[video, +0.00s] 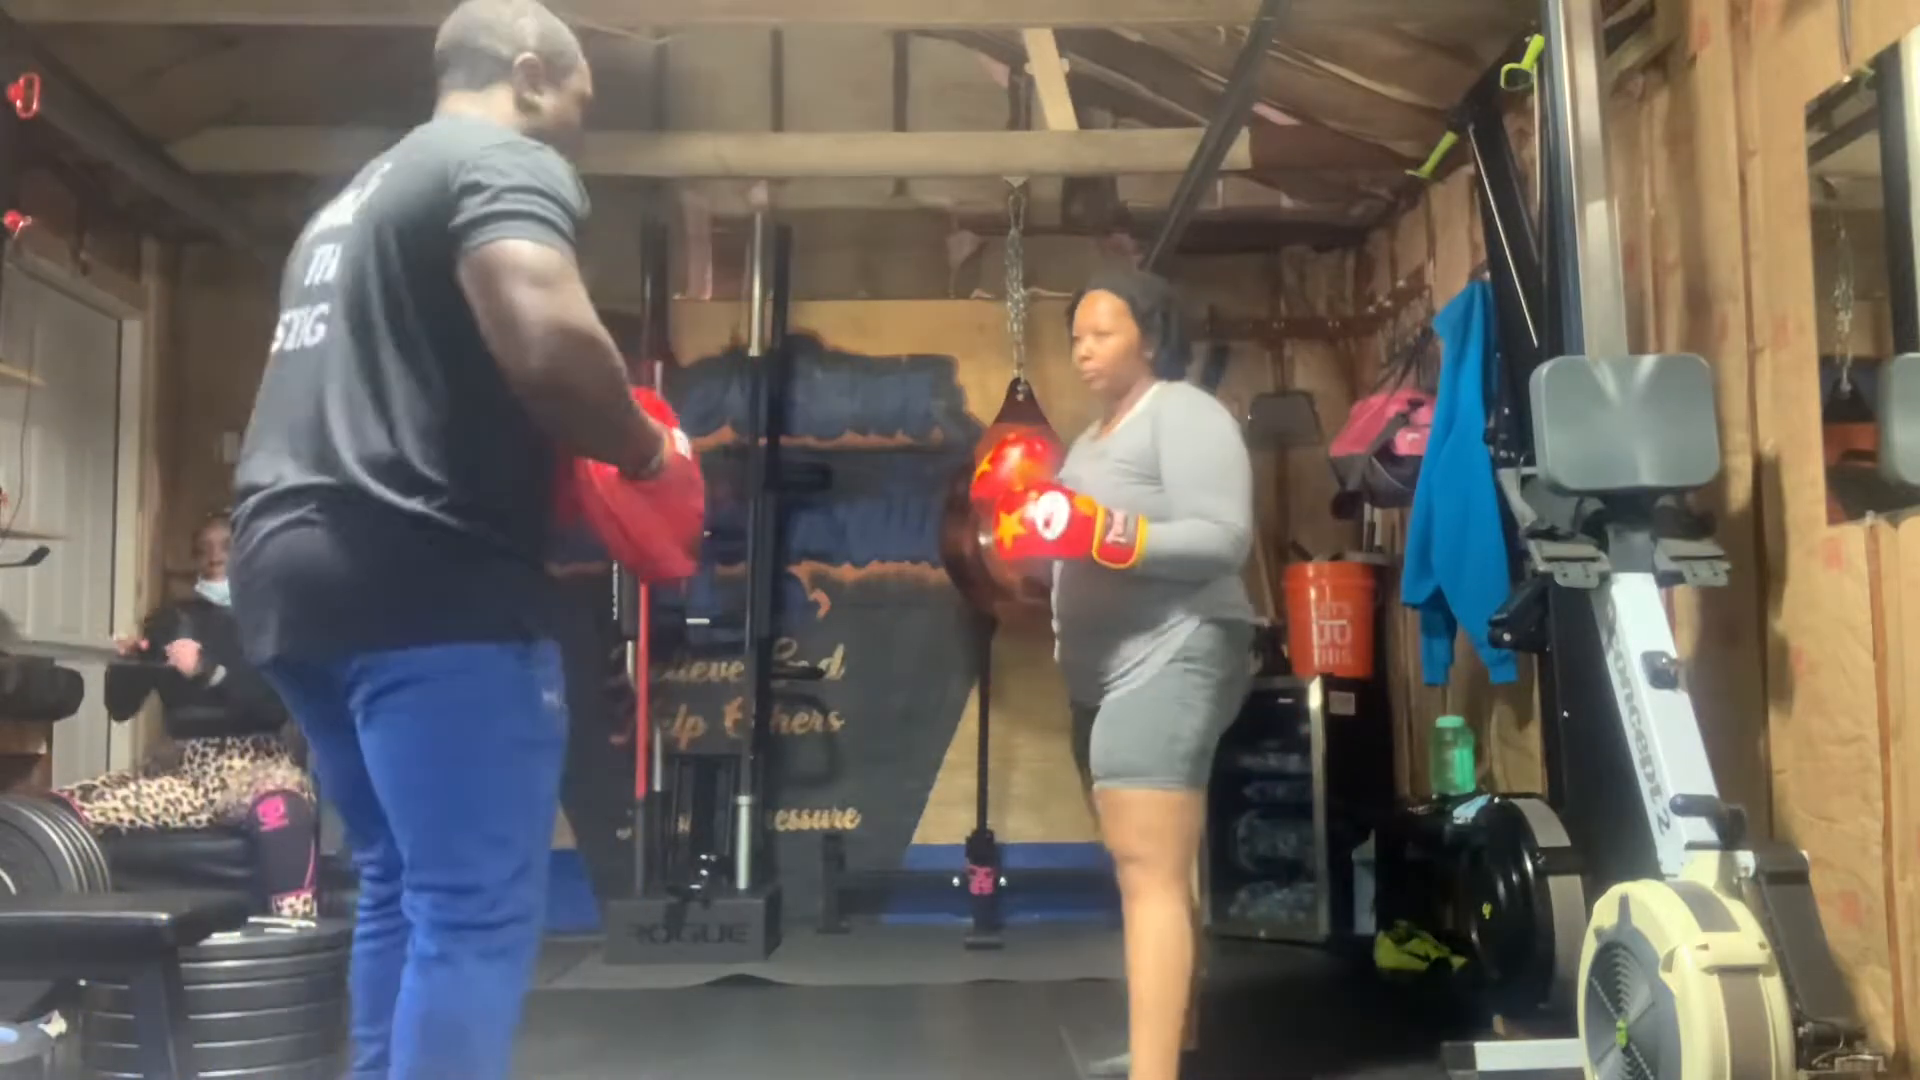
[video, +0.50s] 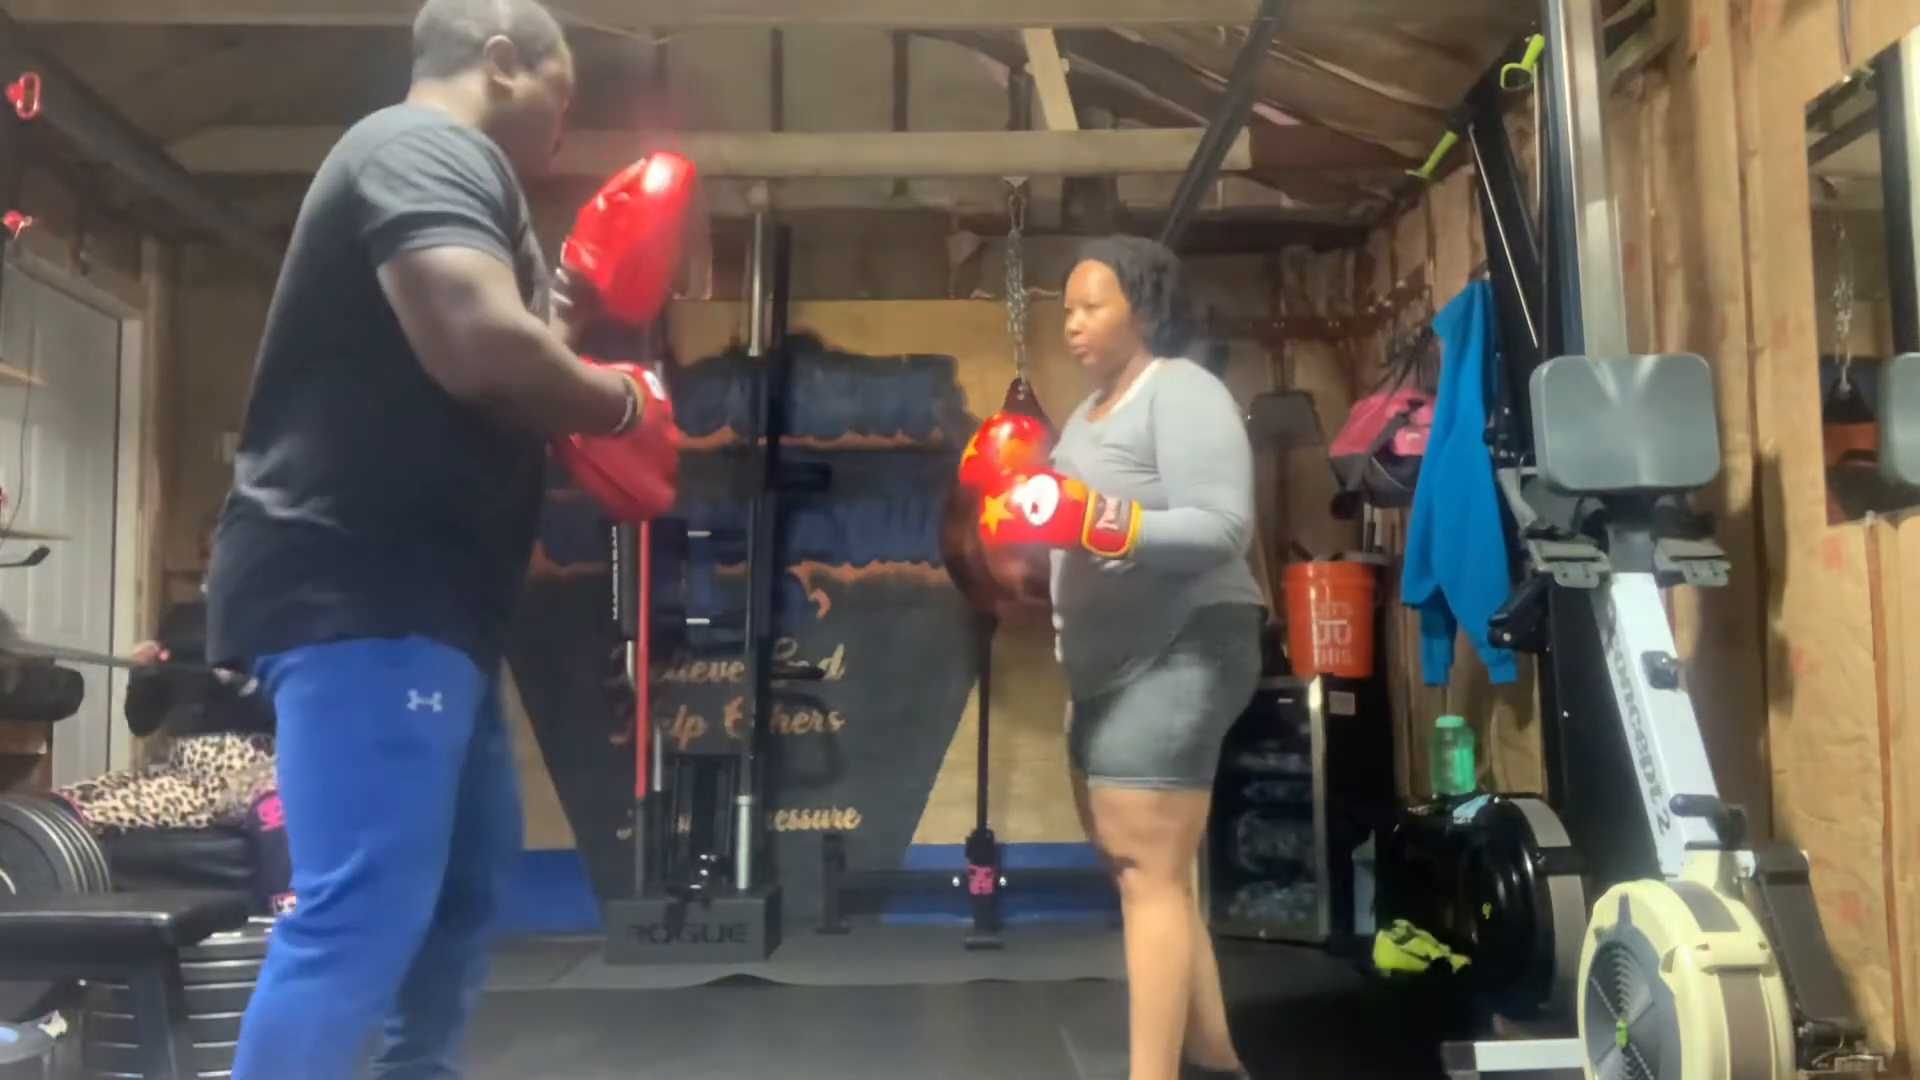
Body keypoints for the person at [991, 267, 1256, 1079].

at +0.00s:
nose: (1083, 351)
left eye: (1100, 334)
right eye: (1078, 337)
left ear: (1147, 337)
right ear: (1079, 347)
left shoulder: (1189, 411)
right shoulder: (1087, 443)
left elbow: (1223, 537)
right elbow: (1072, 550)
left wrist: (1104, 532)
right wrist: (1018, 528)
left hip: (1176, 651)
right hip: (1108, 664)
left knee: (1150, 872)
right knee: (1147, 872)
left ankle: (1153, 1069)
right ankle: (1160, 1058)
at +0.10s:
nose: (1075, 343)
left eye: (1092, 326)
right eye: (1072, 329)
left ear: (1142, 327)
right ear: (1077, 338)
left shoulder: (1186, 403)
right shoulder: (1083, 435)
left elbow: (1219, 531)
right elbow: (1081, 549)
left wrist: (1098, 527)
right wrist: (1020, 524)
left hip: (1182, 641)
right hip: (1114, 654)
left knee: (1153, 868)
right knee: (1144, 867)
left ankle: (1153, 1068)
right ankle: (1155, 1057)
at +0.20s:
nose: (1072, 335)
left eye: (1089, 317)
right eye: (1068, 320)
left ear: (1140, 319)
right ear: (1071, 330)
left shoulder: (1184, 394)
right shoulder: (1083, 426)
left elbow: (1220, 521)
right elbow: (1083, 542)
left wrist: (1091, 517)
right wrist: (1019, 515)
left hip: (1182, 639)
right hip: (1113, 650)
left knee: (1153, 865)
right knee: (1140, 862)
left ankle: (1154, 1068)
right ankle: (1156, 1052)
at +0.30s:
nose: (1070, 330)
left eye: (1087, 311)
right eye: (1066, 314)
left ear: (1139, 313)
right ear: (1071, 324)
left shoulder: (1183, 388)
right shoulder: (1085, 420)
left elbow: (1222, 517)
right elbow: (1084, 541)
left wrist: (1096, 514)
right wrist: (1020, 508)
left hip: (1181, 642)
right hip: (1112, 653)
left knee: (1151, 868)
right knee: (1134, 860)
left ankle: (1153, 1070)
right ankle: (1172, 1043)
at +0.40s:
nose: (1069, 327)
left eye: (1086, 309)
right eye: (1066, 312)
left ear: (1139, 311)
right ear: (1077, 320)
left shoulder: (1184, 389)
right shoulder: (1085, 417)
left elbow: (1221, 523)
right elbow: (1079, 530)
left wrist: (1099, 520)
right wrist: (1017, 502)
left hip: (1185, 638)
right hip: (1110, 650)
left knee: (1148, 867)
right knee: (1137, 857)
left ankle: (1151, 1072)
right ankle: (1203, 1043)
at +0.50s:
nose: (1071, 325)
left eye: (1089, 307)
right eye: (1069, 309)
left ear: (1141, 311)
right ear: (1080, 318)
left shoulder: (1187, 392)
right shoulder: (1083, 418)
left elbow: (1221, 527)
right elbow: (1080, 527)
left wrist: (1095, 516)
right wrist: (1019, 484)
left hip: (1186, 641)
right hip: (1106, 653)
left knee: (1149, 867)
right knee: (1141, 865)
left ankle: (1152, 1072)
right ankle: (1215, 1058)